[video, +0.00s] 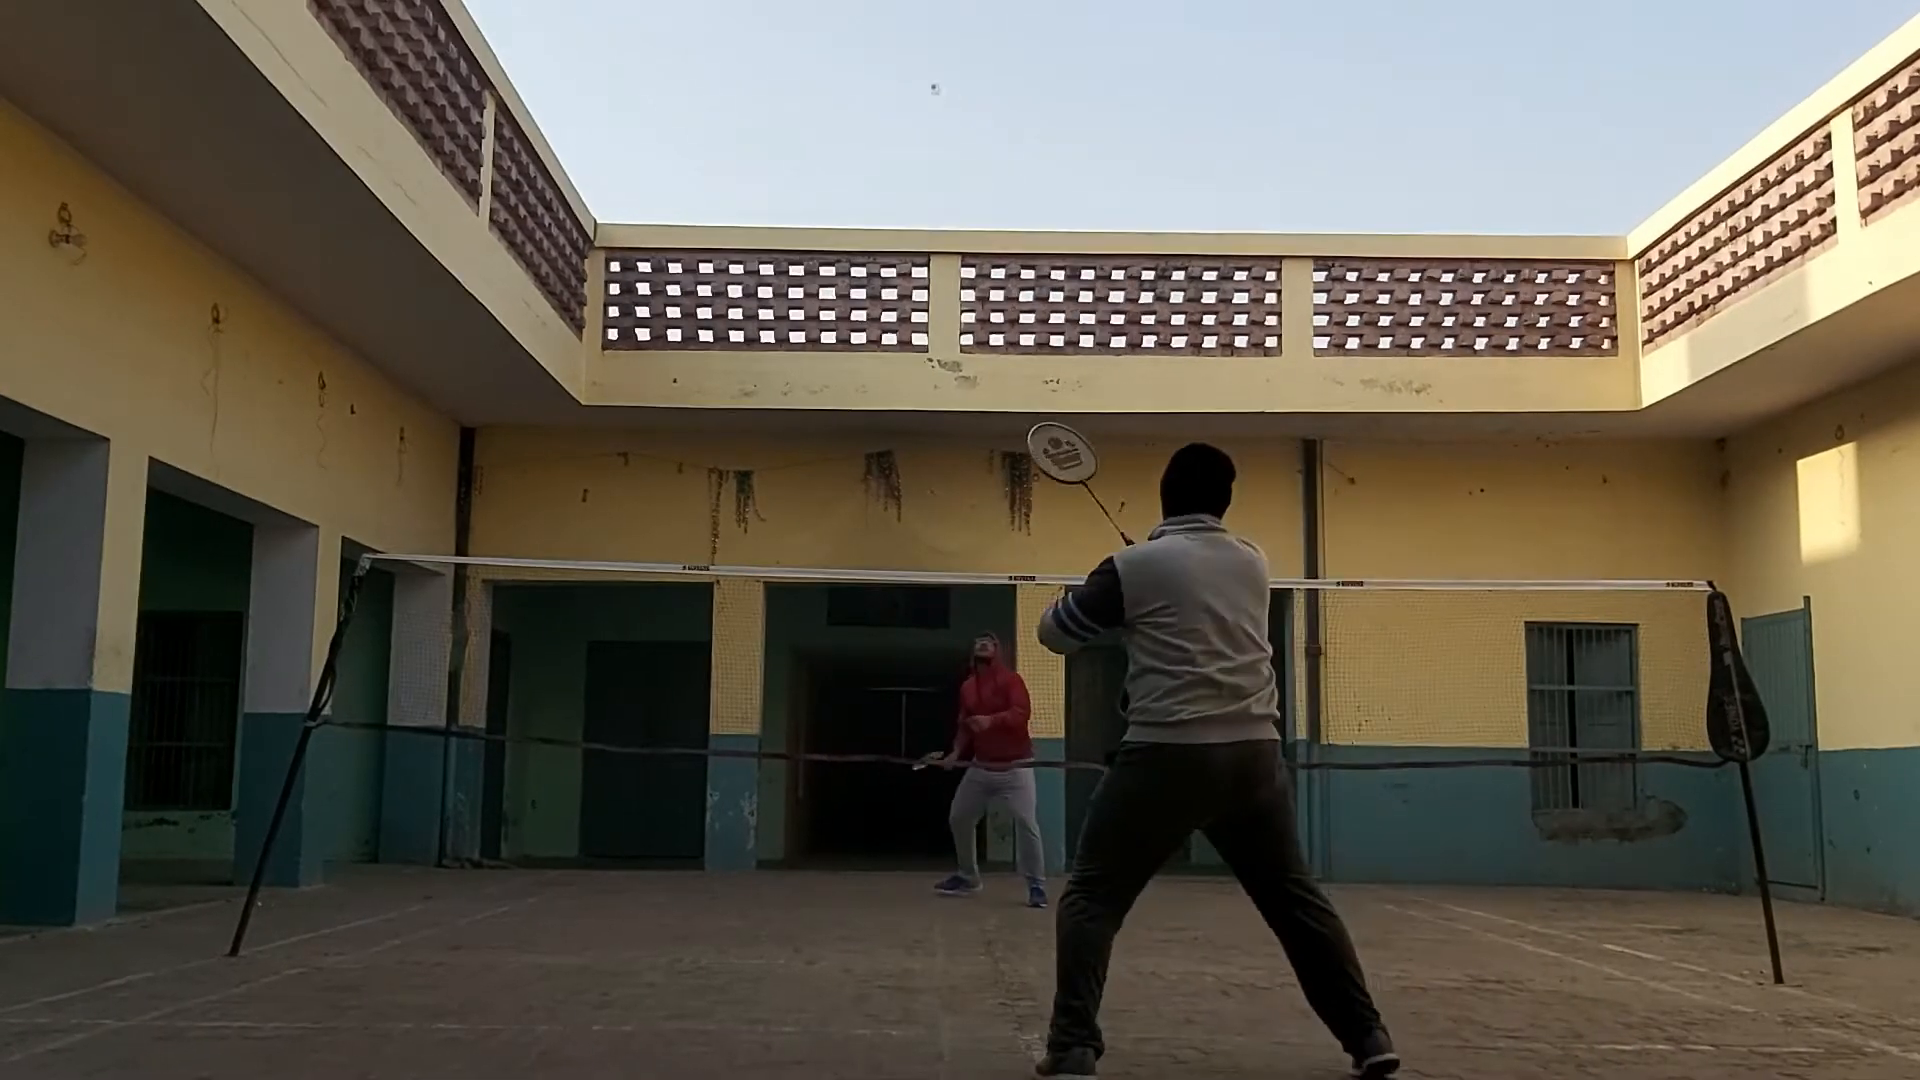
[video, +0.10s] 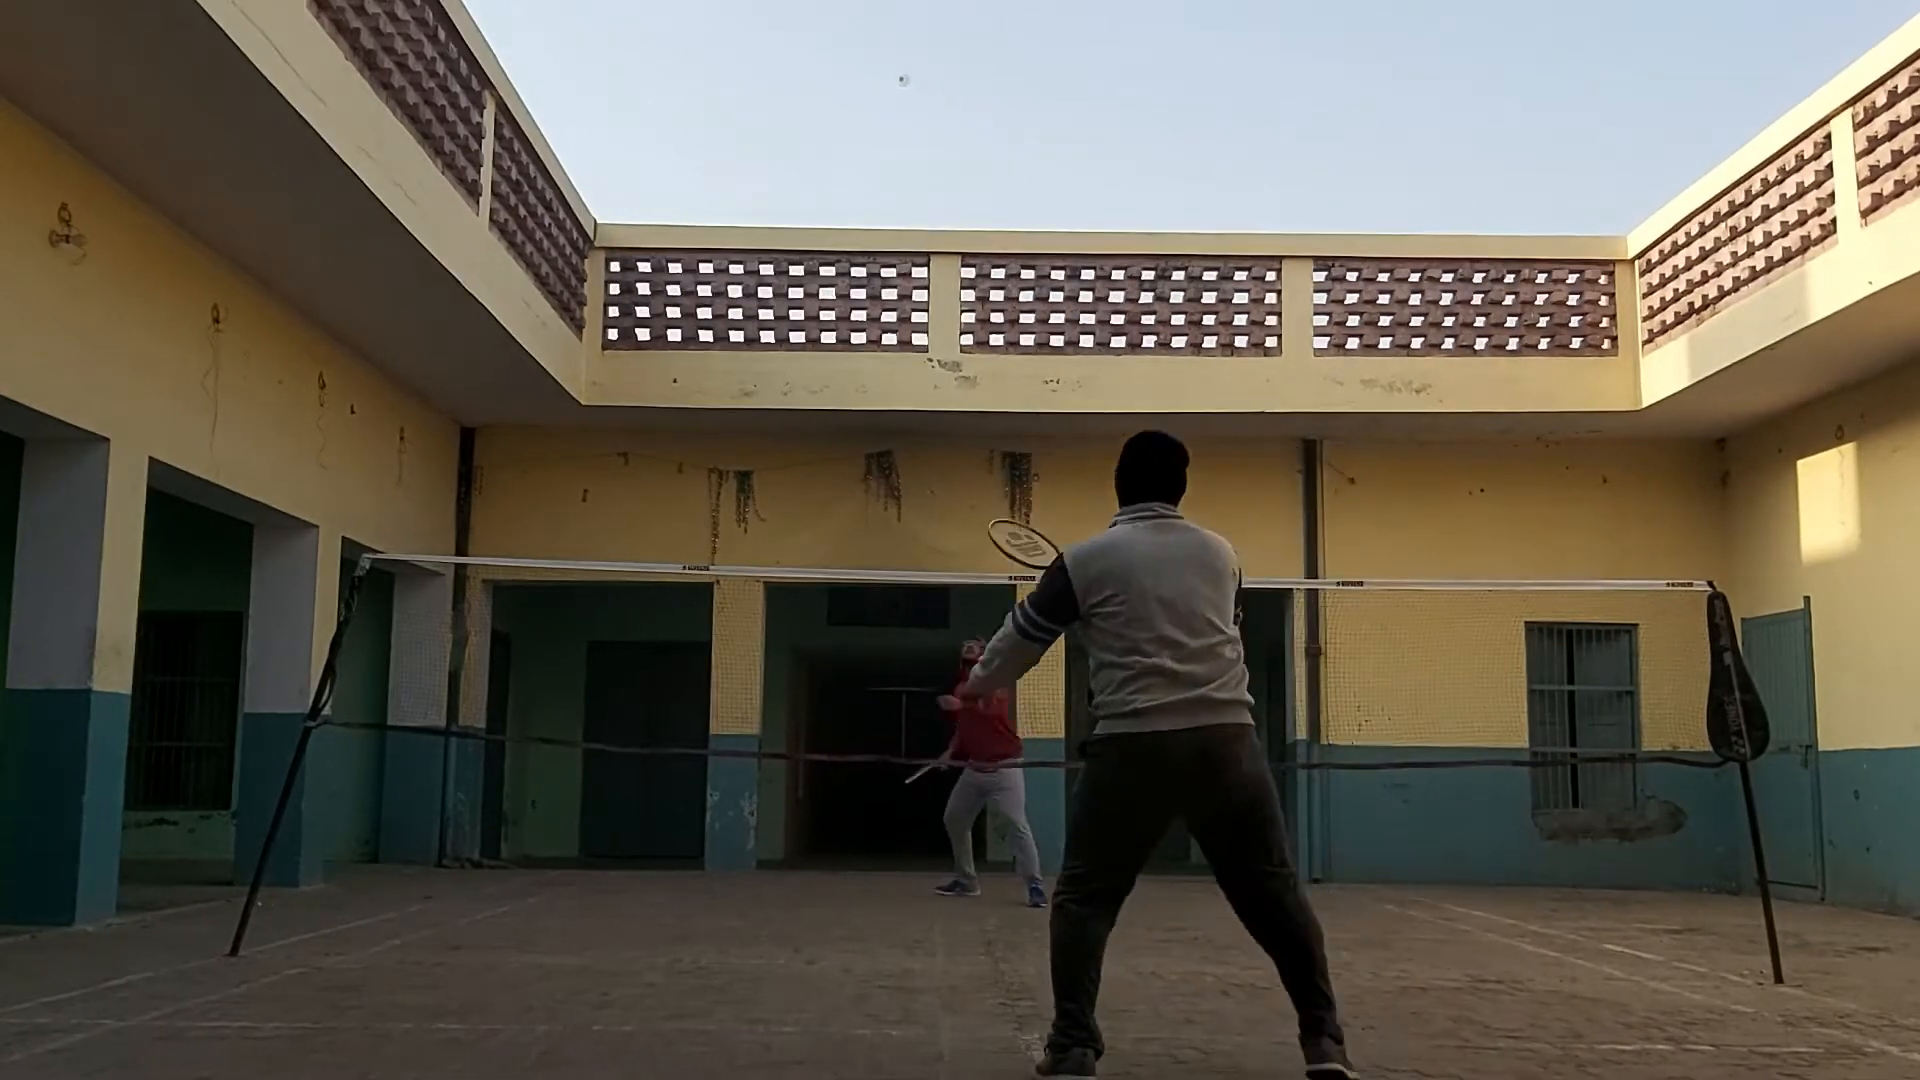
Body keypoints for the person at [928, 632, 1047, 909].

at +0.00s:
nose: (983, 645)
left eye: (988, 643)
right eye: (979, 642)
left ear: (997, 651)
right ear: (973, 651)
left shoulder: (1011, 680)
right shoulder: (969, 686)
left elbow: (1021, 713)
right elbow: (964, 725)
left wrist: (990, 720)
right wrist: (954, 753)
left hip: (1016, 769)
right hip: (981, 768)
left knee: (1026, 822)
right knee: (959, 818)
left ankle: (1036, 884)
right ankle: (968, 877)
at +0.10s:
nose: (969, 652)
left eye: (975, 649)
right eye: (966, 649)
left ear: (985, 656)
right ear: (961, 658)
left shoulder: (995, 683)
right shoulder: (962, 688)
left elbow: (996, 709)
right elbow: (963, 729)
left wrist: (961, 704)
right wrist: (948, 755)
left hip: (1005, 768)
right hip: (975, 768)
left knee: (1017, 823)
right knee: (955, 820)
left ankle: (1034, 884)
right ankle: (966, 880)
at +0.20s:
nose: (953, 645)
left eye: (960, 642)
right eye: (952, 642)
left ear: (971, 650)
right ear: (950, 651)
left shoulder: (977, 676)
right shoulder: (955, 678)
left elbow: (964, 684)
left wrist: (940, 678)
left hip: (985, 760)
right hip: (964, 761)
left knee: (1000, 821)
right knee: (949, 817)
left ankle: (1023, 879)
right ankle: (965, 879)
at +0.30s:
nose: (942, 640)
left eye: (948, 636)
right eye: (941, 637)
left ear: (961, 643)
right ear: (941, 644)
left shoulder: (966, 666)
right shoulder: (941, 672)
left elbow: (958, 662)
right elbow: (940, 716)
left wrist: (930, 650)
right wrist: (922, 736)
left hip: (970, 746)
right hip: (947, 747)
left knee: (968, 811)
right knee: (944, 815)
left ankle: (999, 874)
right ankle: (963, 877)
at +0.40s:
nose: (931, 633)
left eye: (936, 629)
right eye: (931, 629)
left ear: (946, 633)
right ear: (935, 633)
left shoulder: (949, 654)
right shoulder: (934, 662)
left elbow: (933, 640)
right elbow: (938, 700)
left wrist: (909, 631)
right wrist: (917, 718)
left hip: (953, 741)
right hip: (940, 741)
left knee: (944, 807)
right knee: (929, 805)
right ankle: (960, 865)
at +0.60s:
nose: (909, 647)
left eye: (912, 643)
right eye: (909, 643)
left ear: (923, 645)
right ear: (929, 649)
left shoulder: (923, 664)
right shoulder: (934, 680)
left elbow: (902, 643)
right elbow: (945, 723)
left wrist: (879, 622)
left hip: (924, 755)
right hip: (916, 754)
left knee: (902, 815)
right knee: (889, 809)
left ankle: (928, 876)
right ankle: (893, 869)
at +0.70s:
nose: (904, 655)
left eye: (908, 654)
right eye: (906, 653)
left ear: (915, 658)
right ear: (919, 659)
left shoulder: (912, 672)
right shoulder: (913, 675)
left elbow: (886, 653)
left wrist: (863, 627)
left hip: (915, 763)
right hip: (903, 761)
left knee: (886, 823)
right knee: (876, 819)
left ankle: (924, 873)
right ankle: (893, 875)